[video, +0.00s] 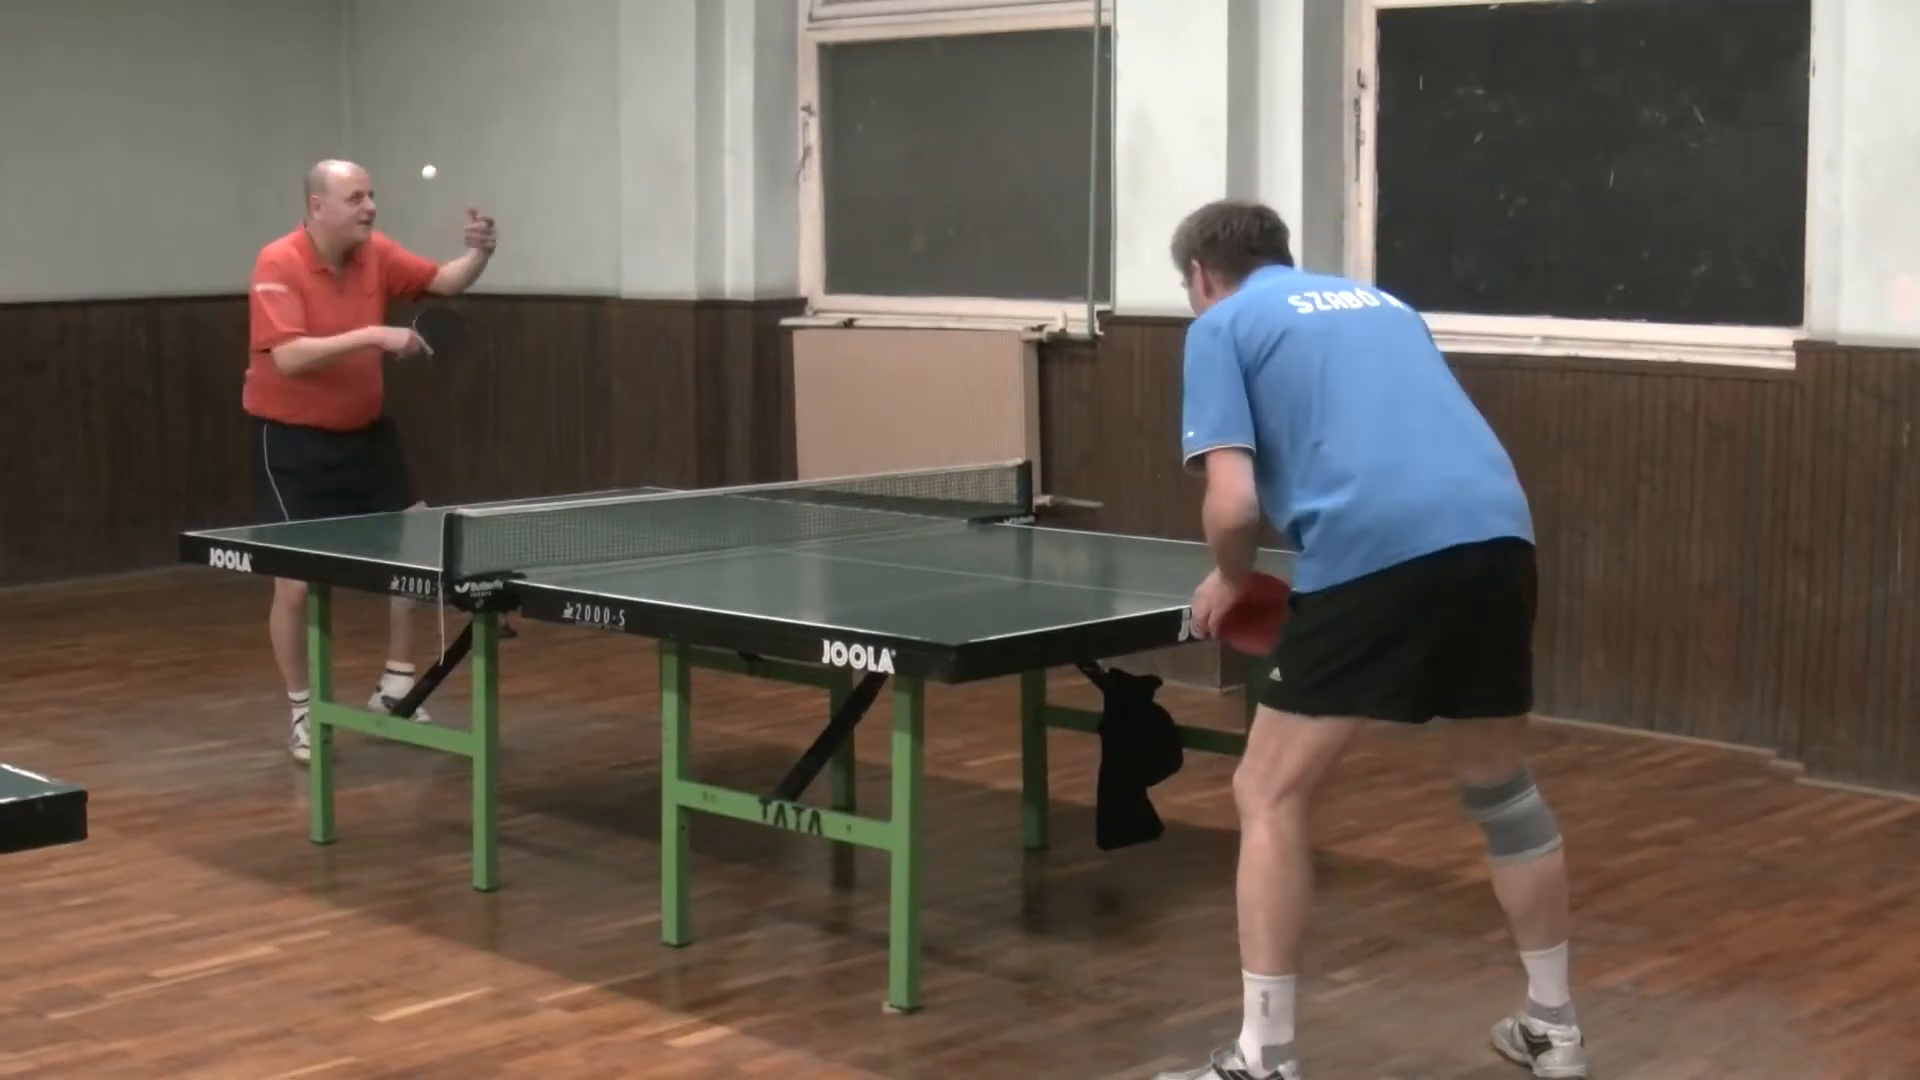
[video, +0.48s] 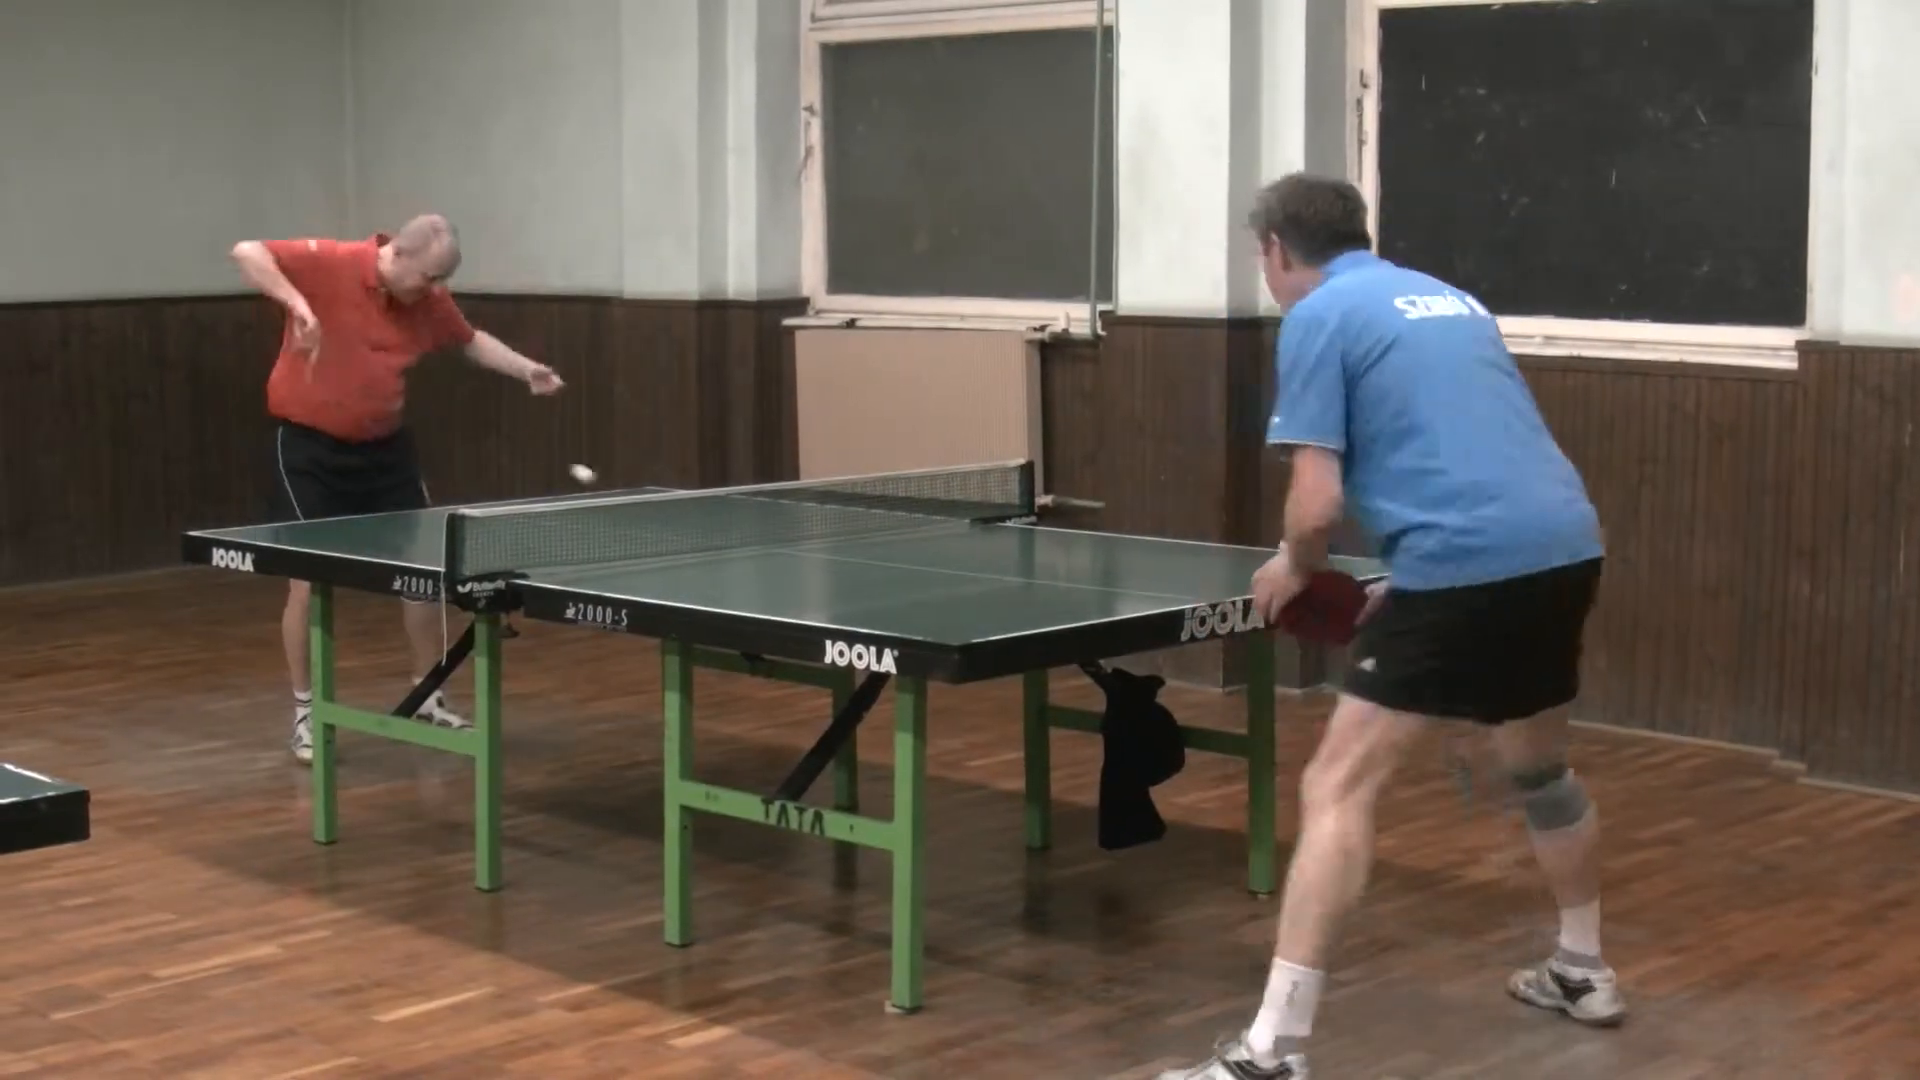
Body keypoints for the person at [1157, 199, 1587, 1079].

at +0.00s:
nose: (1195, 302)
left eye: (1189, 289)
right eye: (1191, 289)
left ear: (1205, 274)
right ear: (1279, 256)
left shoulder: (1219, 324)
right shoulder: (1375, 299)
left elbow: (1232, 501)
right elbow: (1399, 444)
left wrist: (1228, 573)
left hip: (1375, 551)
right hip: (1496, 533)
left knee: (1268, 791)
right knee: (1500, 785)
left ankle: (1265, 1051)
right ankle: (1553, 1021)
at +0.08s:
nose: (1195, 303)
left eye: (1190, 290)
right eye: (1191, 291)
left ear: (1205, 276)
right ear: (1280, 258)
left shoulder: (1221, 326)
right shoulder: (1377, 302)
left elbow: (1236, 507)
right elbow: (1409, 440)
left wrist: (1239, 581)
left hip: (1376, 551)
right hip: (1498, 533)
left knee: (1273, 793)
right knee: (1500, 784)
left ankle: (1265, 1050)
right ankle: (1553, 1021)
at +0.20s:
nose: (1200, 303)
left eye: (1196, 287)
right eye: (1198, 289)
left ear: (1215, 275)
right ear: (1287, 256)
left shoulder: (1227, 330)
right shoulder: (1386, 301)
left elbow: (1238, 508)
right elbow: (1410, 451)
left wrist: (1247, 591)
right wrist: (1316, 589)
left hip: (1383, 551)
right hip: (1504, 534)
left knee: (1267, 793)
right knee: (1484, 757)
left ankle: (1264, 1055)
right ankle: (1549, 1001)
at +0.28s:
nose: (1213, 291)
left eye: (1211, 275)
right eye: (1212, 276)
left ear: (1231, 267)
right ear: (1305, 251)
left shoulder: (1241, 328)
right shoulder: (1404, 301)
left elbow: (1242, 515)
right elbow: (1482, 436)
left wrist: (1255, 590)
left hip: (1379, 565)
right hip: (1503, 548)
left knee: (1255, 790)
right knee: (1484, 744)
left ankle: (1262, 1050)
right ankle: (1562, 978)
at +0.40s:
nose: (1243, 282)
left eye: (1241, 266)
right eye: (1240, 267)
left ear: (1261, 255)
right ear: (1345, 245)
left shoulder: (1280, 320)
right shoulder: (1435, 303)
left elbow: (1275, 512)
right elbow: (1483, 448)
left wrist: (1278, 581)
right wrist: (1333, 564)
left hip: (1400, 573)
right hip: (1520, 562)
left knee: (1272, 790)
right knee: (1520, 771)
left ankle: (1263, 1050)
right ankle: (1573, 962)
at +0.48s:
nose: (1268, 284)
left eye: (1262, 266)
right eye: (1264, 268)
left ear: (1279, 253)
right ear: (1357, 239)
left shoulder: (1315, 318)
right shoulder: (1442, 294)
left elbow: (1317, 506)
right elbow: (1479, 454)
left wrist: (1290, 561)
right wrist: (1401, 570)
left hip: (1459, 564)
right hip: (1565, 551)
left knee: (1338, 785)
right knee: (1536, 765)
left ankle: (1275, 1043)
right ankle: (1583, 968)